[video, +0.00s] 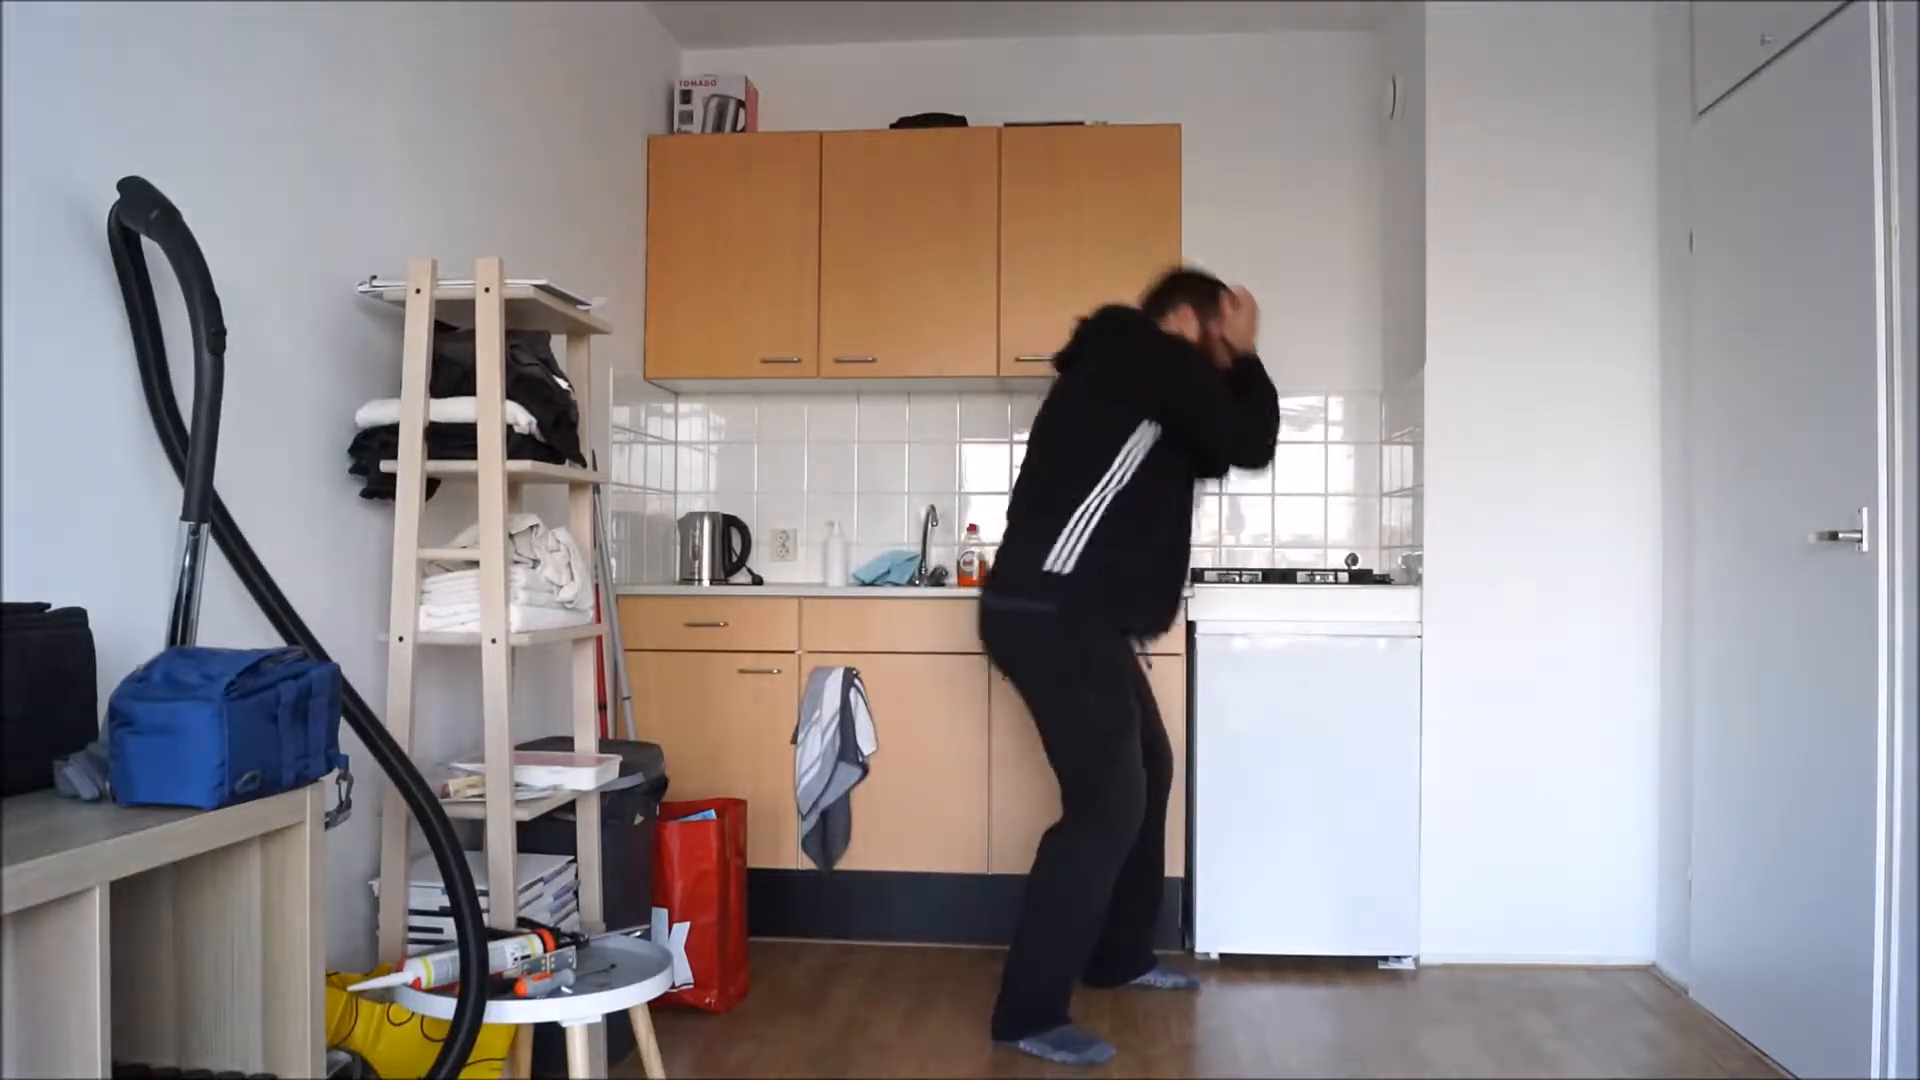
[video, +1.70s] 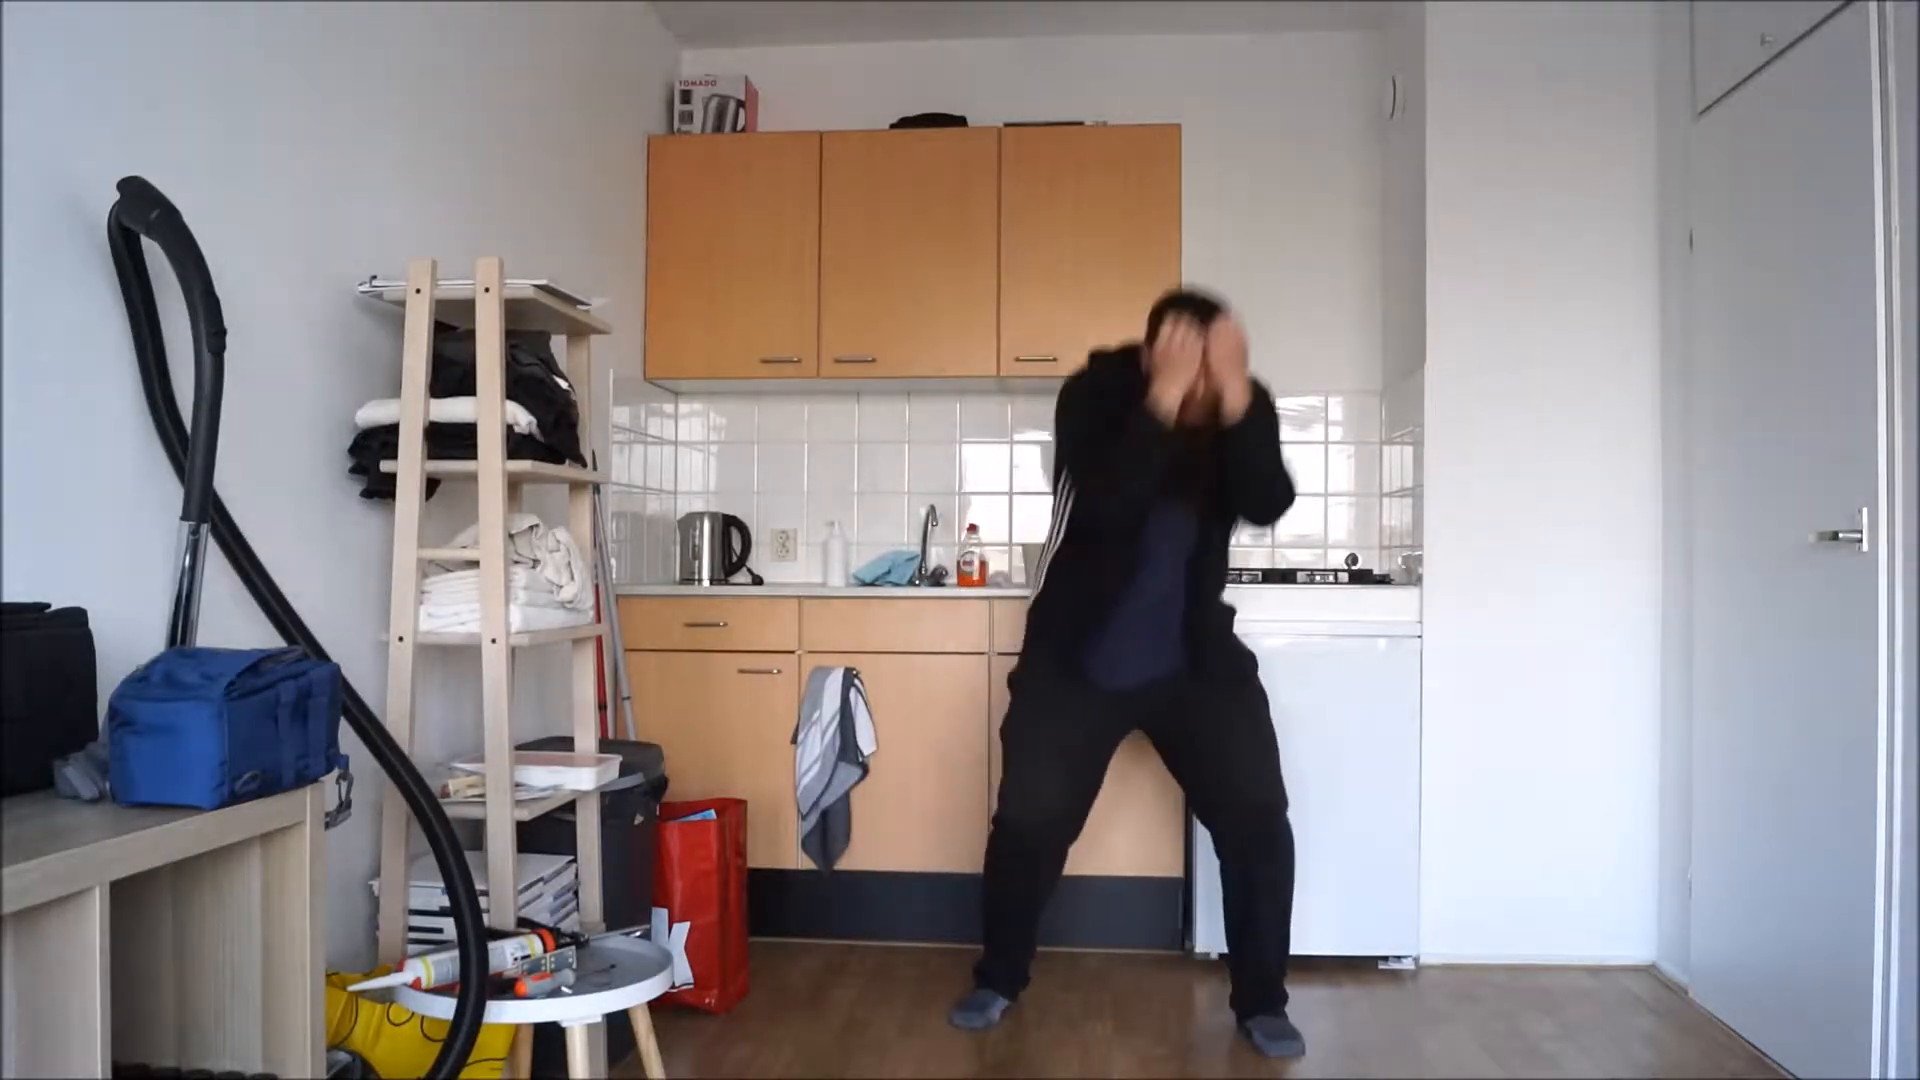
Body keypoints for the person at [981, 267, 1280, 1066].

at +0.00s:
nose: (1221, 349)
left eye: (1222, 335)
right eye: (1217, 333)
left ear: (1164, 314)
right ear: (1183, 320)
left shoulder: (1132, 360)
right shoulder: (1141, 355)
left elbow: (1227, 451)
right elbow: (1248, 441)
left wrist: (1232, 363)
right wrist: (1242, 354)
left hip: (1084, 613)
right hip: (1048, 612)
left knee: (1149, 769)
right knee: (1108, 798)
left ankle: (1119, 957)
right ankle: (1028, 1018)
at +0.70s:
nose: (1205, 268)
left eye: (1207, 258)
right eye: (1191, 250)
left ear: (1188, 281)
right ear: (1130, 264)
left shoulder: (1179, 344)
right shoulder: (1065, 319)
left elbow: (1260, 398)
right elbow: (1150, 381)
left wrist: (1232, 285)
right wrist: (1174, 286)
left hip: (1149, 619)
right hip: (1051, 609)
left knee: (1193, 806)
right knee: (1065, 803)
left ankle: (1187, 991)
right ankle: (1008, 1021)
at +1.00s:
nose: (1136, 250)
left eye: (1152, 237)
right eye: (1122, 235)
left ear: (1169, 254)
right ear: (1099, 249)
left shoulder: (1195, 327)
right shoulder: (1054, 315)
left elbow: (1221, 380)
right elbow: (1033, 379)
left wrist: (1175, 284)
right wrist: (1090, 284)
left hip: (1168, 623)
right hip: (1047, 613)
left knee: (1184, 812)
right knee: (998, 790)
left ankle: (1189, 999)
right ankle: (993, 972)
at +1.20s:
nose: (1046, 268)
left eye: (1062, 255)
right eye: (1036, 260)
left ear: (1100, 279)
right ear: (1026, 286)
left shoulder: (1157, 340)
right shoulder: (1014, 359)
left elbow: (1139, 418)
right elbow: (973, 435)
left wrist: (1083, 323)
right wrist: (1010, 329)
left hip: (1170, 633)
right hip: (1051, 636)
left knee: (1208, 804)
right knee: (1011, 801)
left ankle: (1217, 992)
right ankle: (995, 979)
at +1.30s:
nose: (1025, 342)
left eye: (1038, 327)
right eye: (1016, 333)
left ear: (1082, 325)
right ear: (1008, 341)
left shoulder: (1148, 372)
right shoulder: (1013, 398)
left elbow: (1124, 475)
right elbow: (972, 491)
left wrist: (1061, 380)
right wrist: (992, 383)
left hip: (1165, 645)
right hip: (1049, 649)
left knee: (1221, 810)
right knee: (1010, 807)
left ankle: (1251, 995)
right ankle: (995, 980)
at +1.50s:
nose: (1079, 440)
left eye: (1093, 428)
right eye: (1067, 431)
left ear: (1131, 416)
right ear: (1055, 423)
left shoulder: (1188, 439)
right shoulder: (1035, 446)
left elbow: (1176, 563)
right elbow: (1027, 578)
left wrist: (1122, 475)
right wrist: (1054, 480)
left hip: (1180, 673)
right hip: (1059, 675)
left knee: (1245, 826)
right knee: (1008, 822)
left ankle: (1260, 1004)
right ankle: (996, 979)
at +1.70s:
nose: (1195, 365)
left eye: (1209, 355)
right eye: (1183, 351)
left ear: (1226, 357)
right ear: (1154, 345)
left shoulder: (1242, 409)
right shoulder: (1101, 389)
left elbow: (1266, 504)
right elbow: (1100, 493)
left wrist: (1239, 402)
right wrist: (1160, 405)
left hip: (1193, 660)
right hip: (1079, 658)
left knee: (1257, 823)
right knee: (1030, 820)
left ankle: (1261, 1002)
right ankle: (999, 979)